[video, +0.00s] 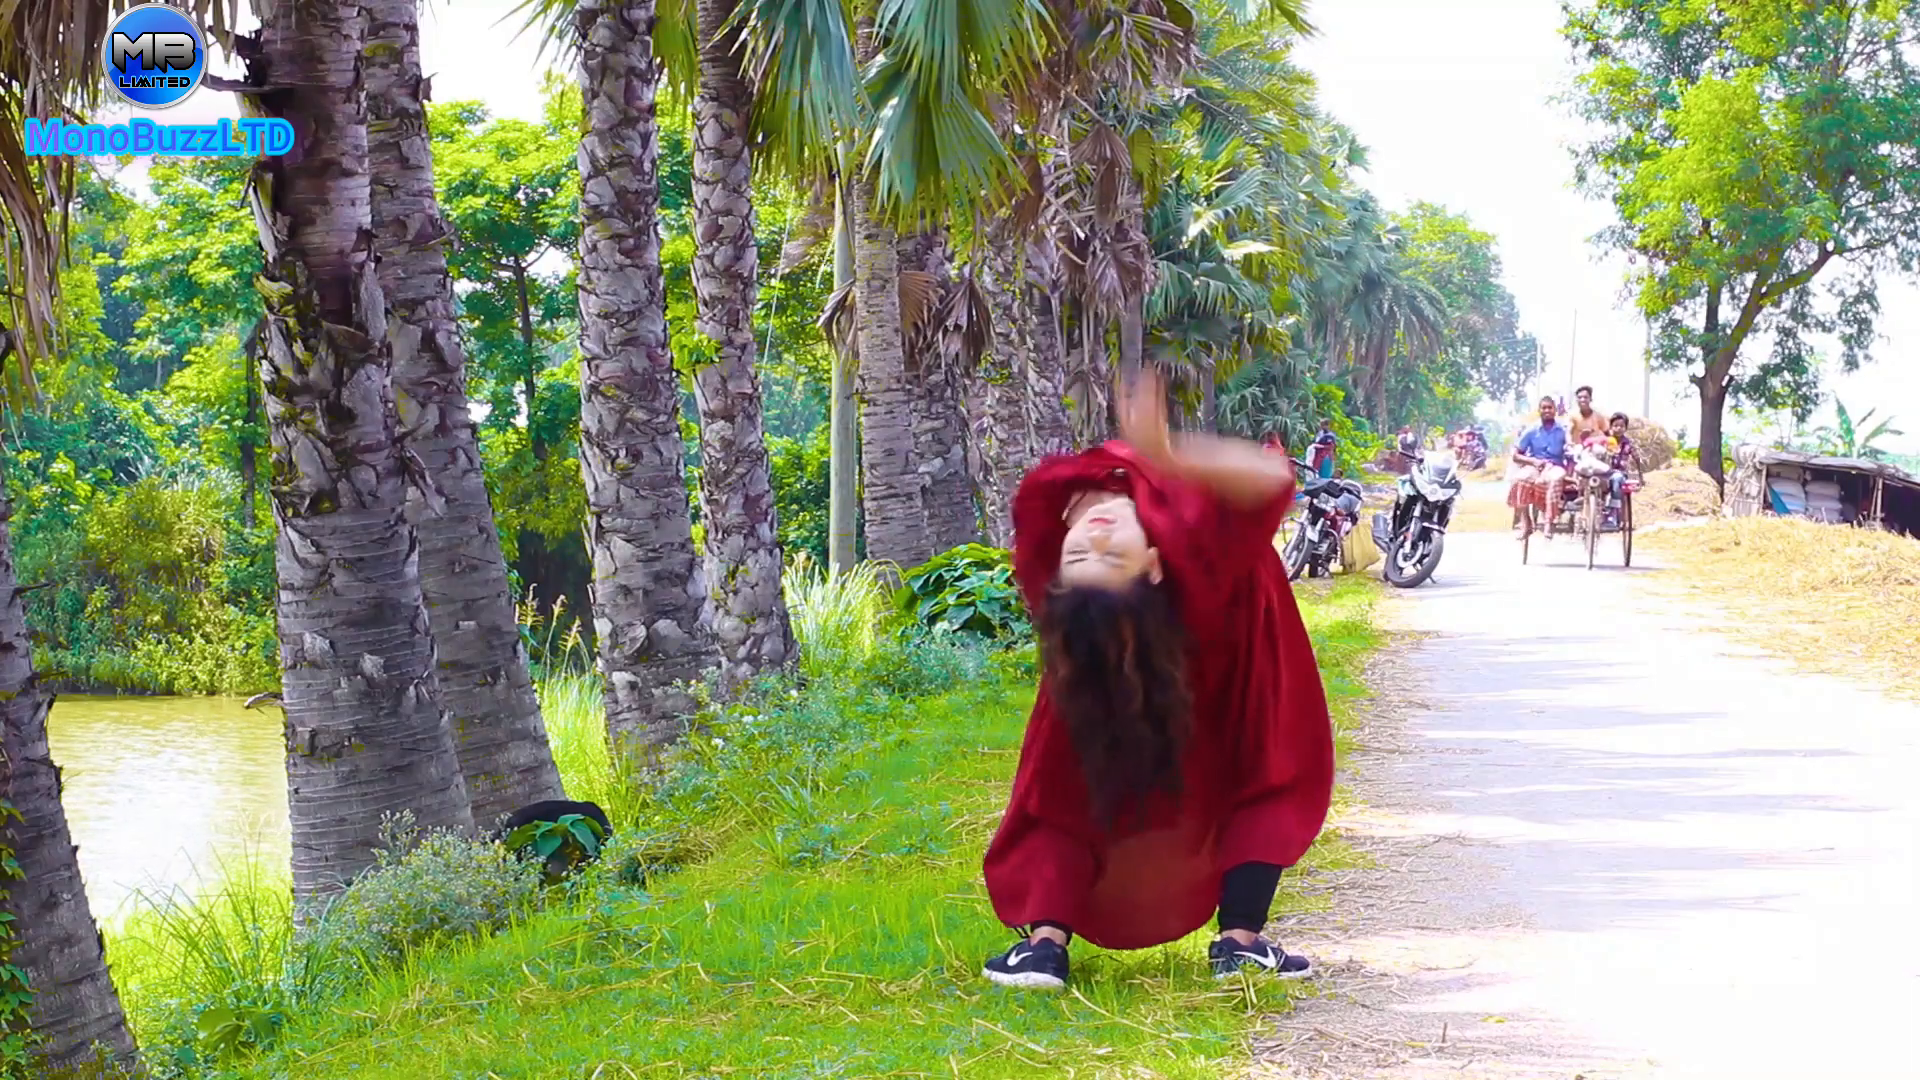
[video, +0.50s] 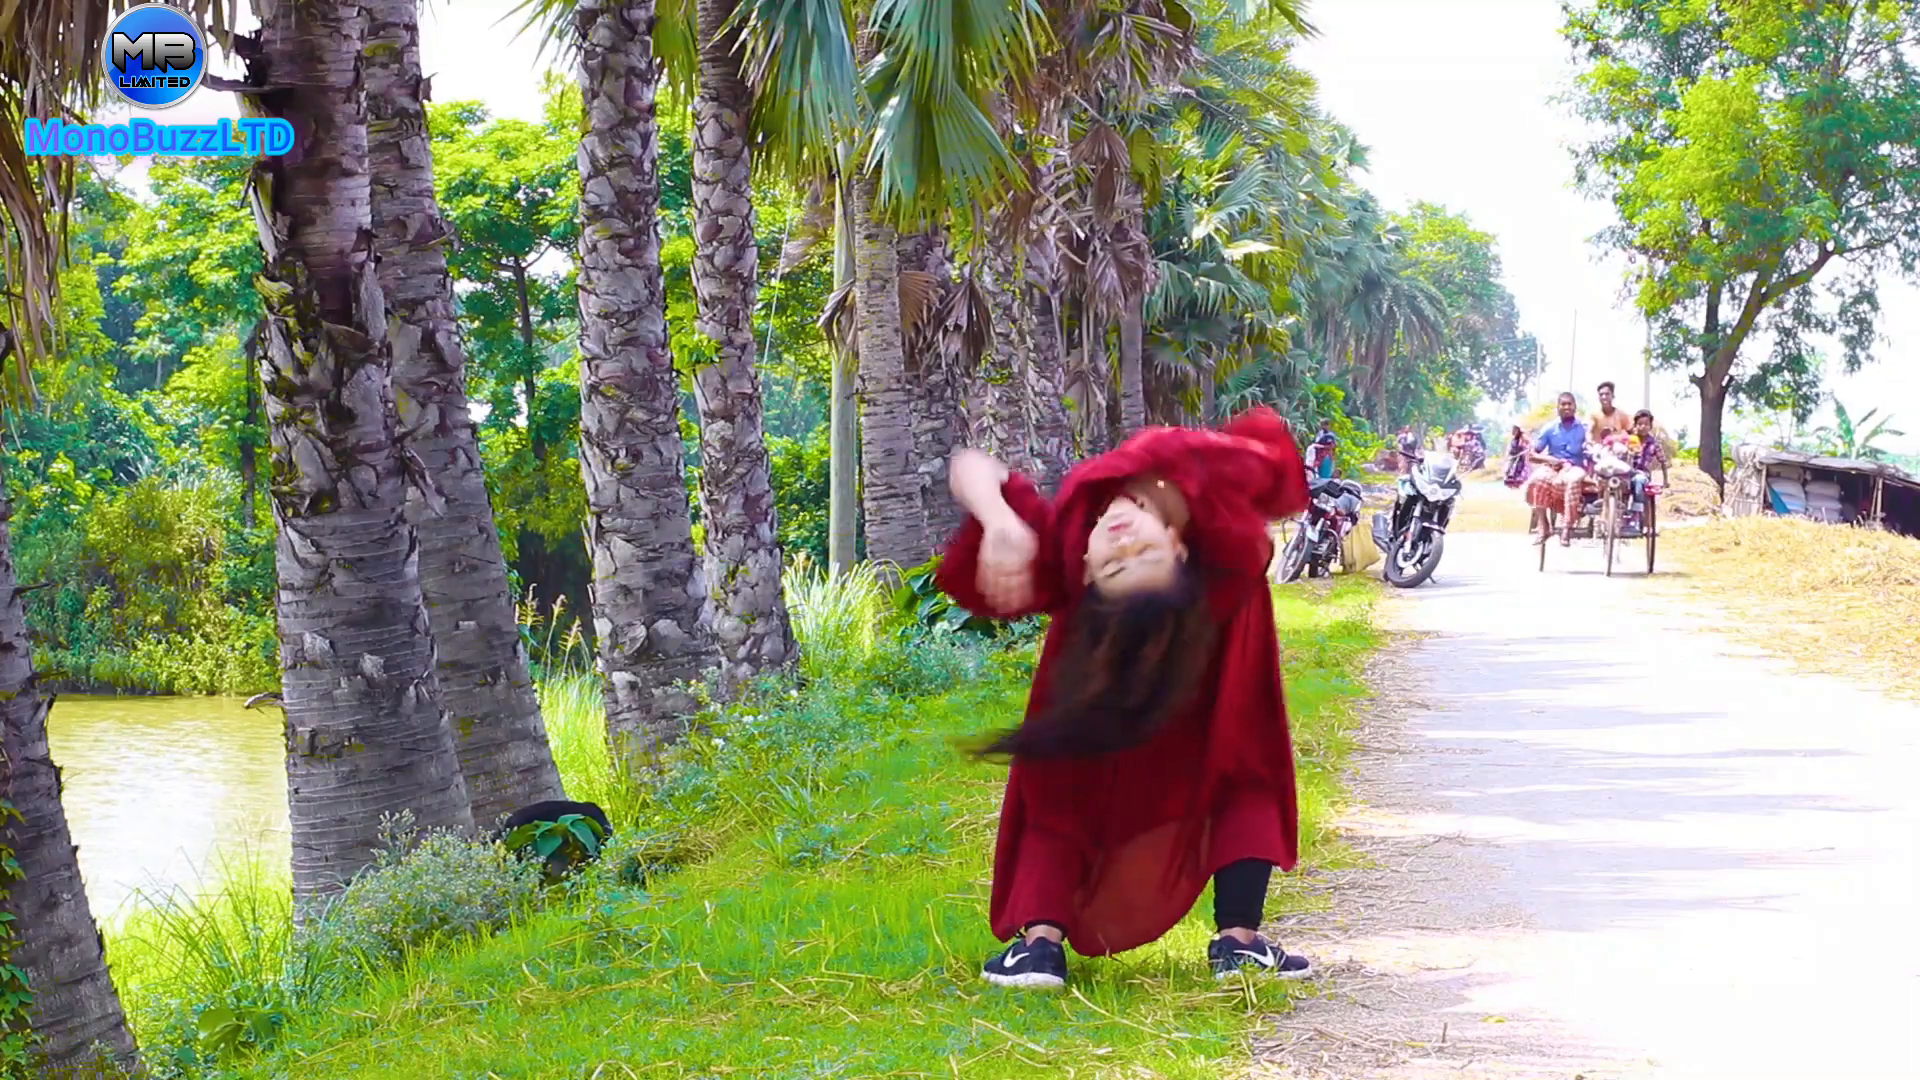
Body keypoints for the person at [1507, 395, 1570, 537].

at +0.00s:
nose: (1547, 411)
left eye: (1550, 407)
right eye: (1543, 408)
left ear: (1555, 410)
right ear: (1539, 411)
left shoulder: (1562, 432)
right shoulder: (1532, 431)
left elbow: (1569, 453)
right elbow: (1516, 455)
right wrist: (1533, 461)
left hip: (1555, 465)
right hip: (1534, 464)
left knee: (1555, 481)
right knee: (1520, 480)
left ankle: (1549, 522)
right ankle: (1524, 522)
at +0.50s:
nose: (1567, 407)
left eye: (1570, 404)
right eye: (1563, 404)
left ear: (1575, 406)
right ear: (1558, 407)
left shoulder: (1583, 429)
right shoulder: (1551, 429)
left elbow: (1589, 452)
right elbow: (1531, 453)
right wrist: (1550, 460)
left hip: (1574, 465)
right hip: (1552, 463)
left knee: (1572, 482)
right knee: (1537, 481)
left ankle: (1567, 527)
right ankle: (1543, 526)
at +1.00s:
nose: (1582, 404)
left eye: (1586, 400)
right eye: (1579, 401)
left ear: (1592, 403)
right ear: (1574, 404)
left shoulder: (1600, 427)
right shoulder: (1567, 427)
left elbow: (1606, 450)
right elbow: (1546, 453)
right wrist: (1560, 461)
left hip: (1591, 466)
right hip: (1568, 465)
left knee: (1590, 483)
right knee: (1555, 480)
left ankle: (1582, 531)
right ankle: (1558, 529)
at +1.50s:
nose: (1598, 401)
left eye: (1601, 397)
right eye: (1594, 397)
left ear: (1607, 400)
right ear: (1588, 400)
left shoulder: (1616, 426)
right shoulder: (1581, 424)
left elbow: (1624, 451)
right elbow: (1553, 450)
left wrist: (1625, 475)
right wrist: (1568, 468)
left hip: (1608, 467)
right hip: (1583, 466)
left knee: (1605, 486)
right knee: (1566, 485)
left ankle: (1599, 538)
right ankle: (1573, 537)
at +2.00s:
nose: (1616, 396)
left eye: (1620, 392)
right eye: (1611, 392)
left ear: (1626, 395)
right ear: (1606, 396)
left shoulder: (1637, 424)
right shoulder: (1598, 422)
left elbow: (1646, 453)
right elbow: (1570, 452)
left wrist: (1646, 481)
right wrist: (1584, 470)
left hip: (1628, 468)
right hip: (1602, 466)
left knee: (1622, 490)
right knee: (1594, 487)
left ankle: (1615, 540)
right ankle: (1610, 536)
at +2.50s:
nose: (1639, 392)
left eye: (1643, 388)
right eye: (1634, 388)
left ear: (1651, 392)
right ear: (1628, 392)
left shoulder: (1662, 423)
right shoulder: (1618, 422)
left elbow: (1673, 458)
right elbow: (1589, 452)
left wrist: (1672, 485)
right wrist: (1605, 472)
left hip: (1653, 470)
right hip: (1624, 468)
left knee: (1648, 495)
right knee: (1617, 493)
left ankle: (1637, 551)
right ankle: (1636, 556)